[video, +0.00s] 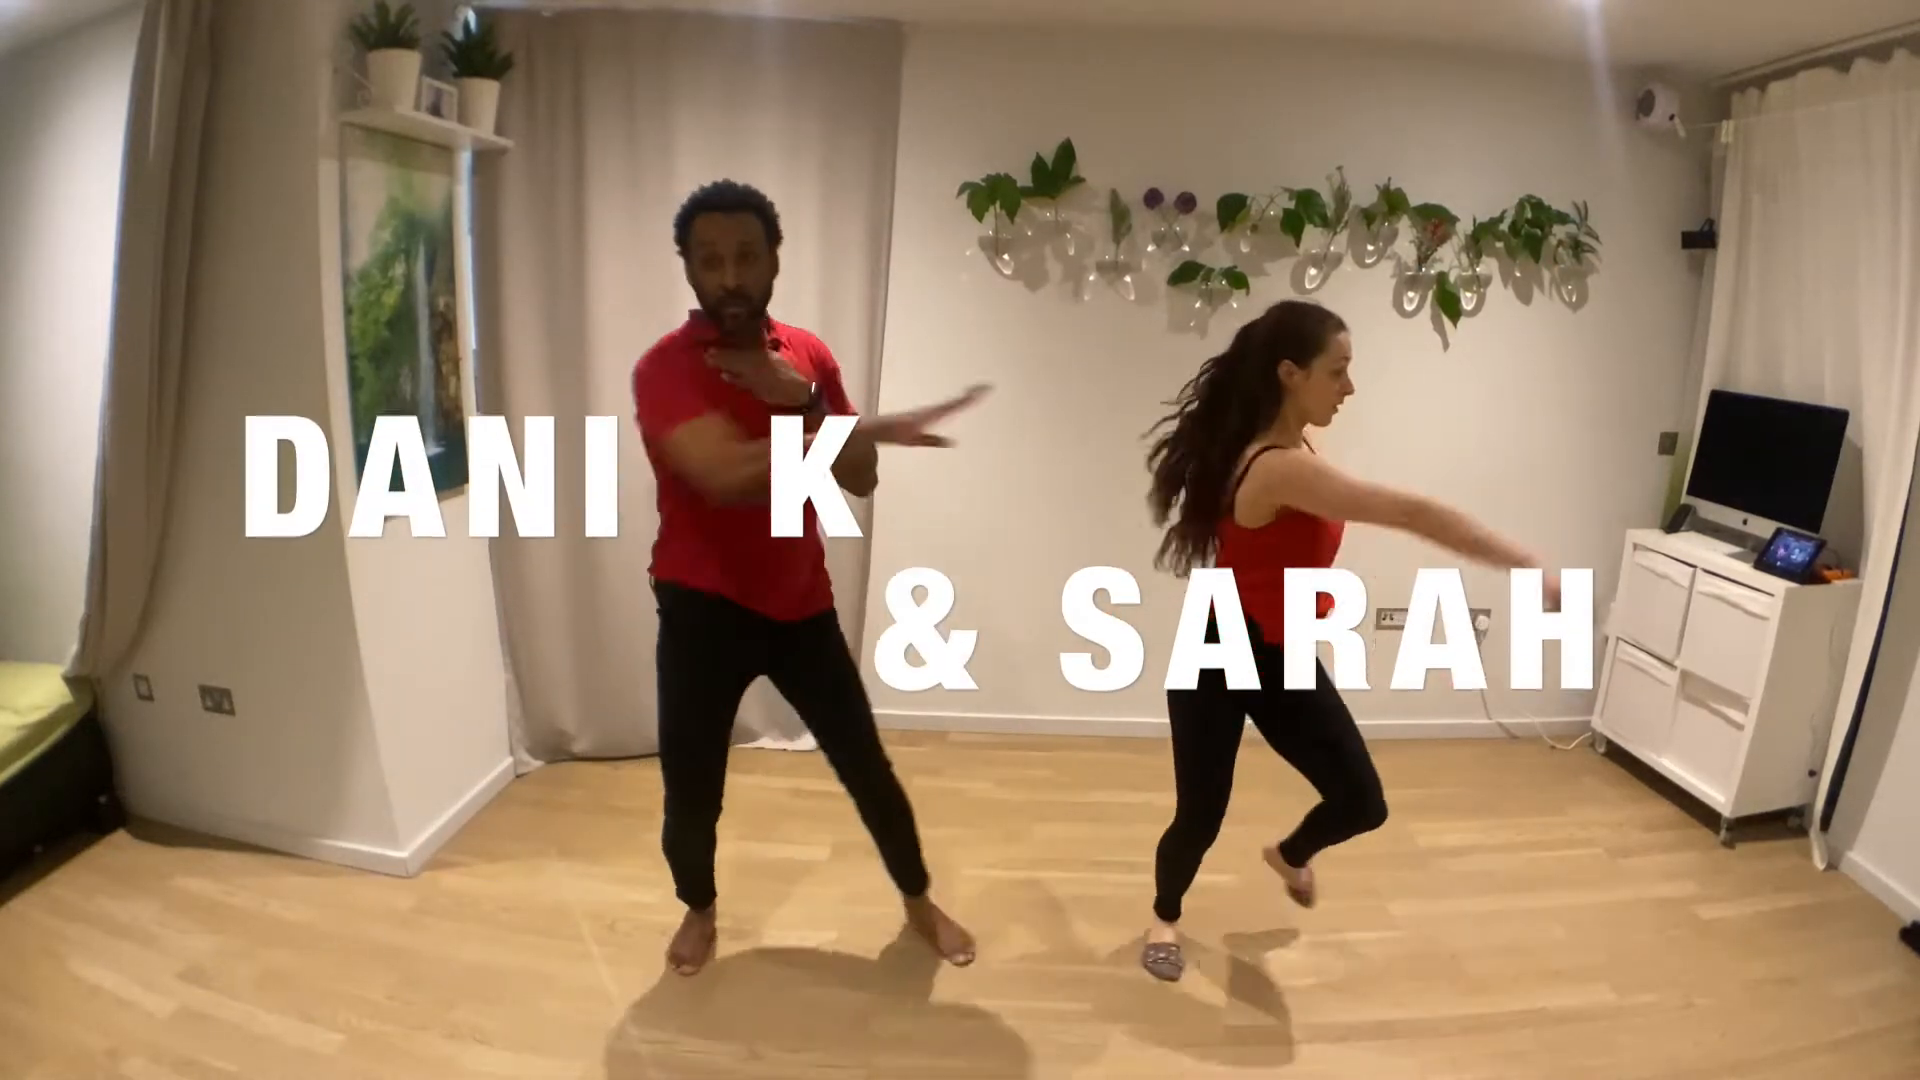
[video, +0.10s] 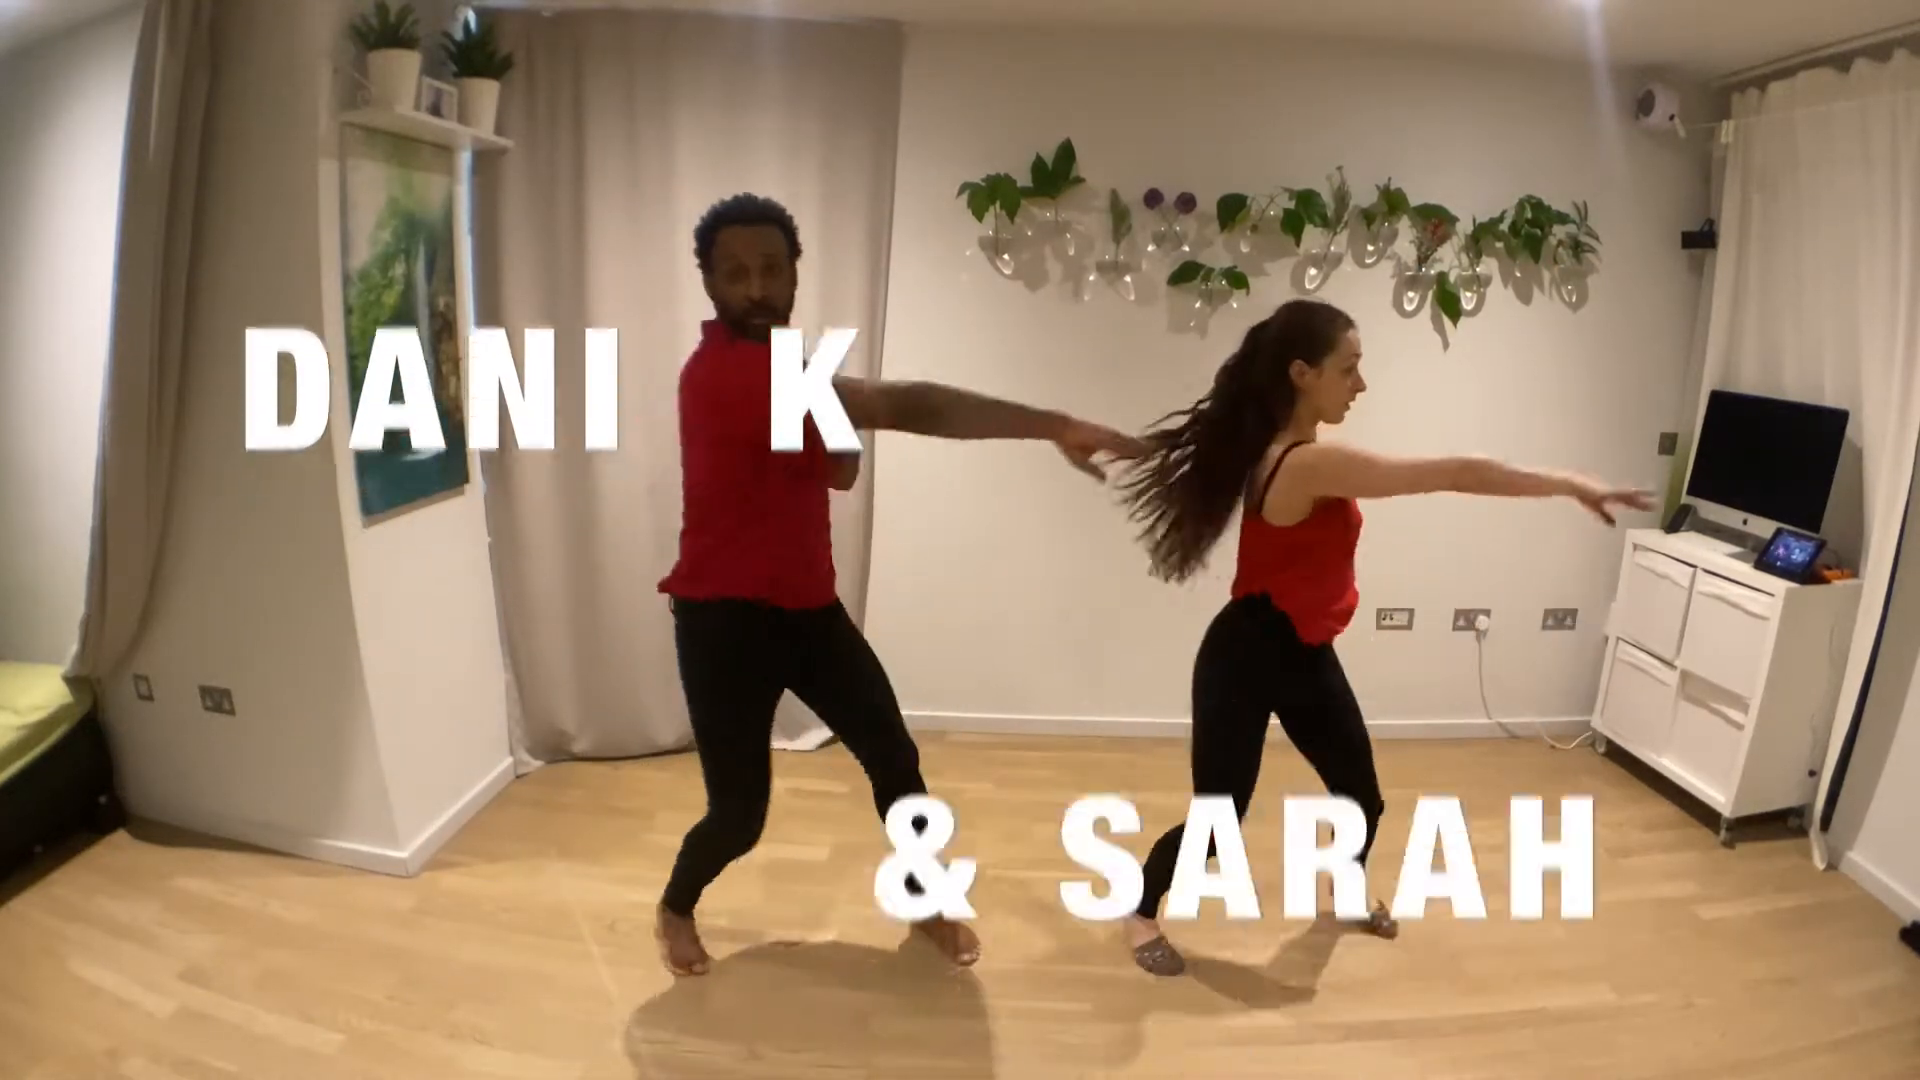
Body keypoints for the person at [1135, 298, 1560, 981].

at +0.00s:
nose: (1348, 387)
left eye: (1348, 371)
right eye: (1338, 371)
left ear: (1293, 375)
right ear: (1289, 375)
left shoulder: (1297, 446)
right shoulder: (1273, 465)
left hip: (1282, 662)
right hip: (1213, 664)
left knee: (1361, 806)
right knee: (1199, 813)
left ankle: (1288, 855)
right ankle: (1163, 921)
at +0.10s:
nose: (1362, 380)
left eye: (1359, 364)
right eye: (1349, 366)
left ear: (1302, 373)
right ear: (1301, 374)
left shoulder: (1276, 448)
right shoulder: (1307, 462)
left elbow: (1185, 461)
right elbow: (1453, 474)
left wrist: (1112, 444)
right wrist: (1571, 484)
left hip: (1304, 657)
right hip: (1247, 655)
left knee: (1360, 798)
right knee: (1219, 812)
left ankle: (1344, 894)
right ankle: (1138, 910)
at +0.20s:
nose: (1359, 391)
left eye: (1361, 376)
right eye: (1342, 378)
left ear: (1356, 380)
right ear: (1296, 390)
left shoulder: (1319, 465)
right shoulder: (1303, 481)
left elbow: (1332, 525)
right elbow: (1440, 486)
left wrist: (1375, 550)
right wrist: (1528, 463)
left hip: (1324, 662)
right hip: (1270, 665)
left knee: (1366, 790)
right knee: (1247, 841)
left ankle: (1341, 891)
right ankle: (1134, 914)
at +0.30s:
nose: (1338, 394)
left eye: (1350, 380)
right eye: (1319, 380)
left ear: (1365, 390)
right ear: (1289, 391)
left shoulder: (1352, 469)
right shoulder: (1280, 470)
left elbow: (1390, 544)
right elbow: (1414, 506)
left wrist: (1421, 567)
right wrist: (1439, 464)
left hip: (1341, 657)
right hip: (1275, 657)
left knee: (1381, 790)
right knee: (1250, 837)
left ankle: (1344, 891)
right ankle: (1138, 914)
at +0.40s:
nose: (1339, 385)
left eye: (1353, 372)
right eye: (1323, 371)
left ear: (1369, 384)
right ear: (1296, 381)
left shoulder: (1378, 470)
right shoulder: (1253, 445)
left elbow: (1463, 531)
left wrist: (1481, 580)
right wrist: (1356, 471)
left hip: (1339, 652)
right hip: (1262, 649)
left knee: (1382, 795)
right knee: (1214, 813)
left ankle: (1355, 883)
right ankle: (1136, 914)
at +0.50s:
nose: (1340, 387)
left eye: (1355, 373)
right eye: (1325, 371)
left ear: (1370, 384)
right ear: (1296, 380)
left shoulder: (1383, 476)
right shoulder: (1261, 451)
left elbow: (1484, 533)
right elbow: (1160, 432)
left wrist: (1574, 591)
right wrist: (1255, 447)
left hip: (1319, 657)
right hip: (1239, 650)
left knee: (1365, 806)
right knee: (1198, 803)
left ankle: (1365, 884)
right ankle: (1141, 918)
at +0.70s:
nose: (1333, 392)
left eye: (1346, 379)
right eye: (1318, 377)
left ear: (1360, 389)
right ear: (1288, 386)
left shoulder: (1381, 479)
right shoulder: (1255, 463)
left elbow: (1489, 511)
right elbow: (1142, 459)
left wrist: (1586, 530)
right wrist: (1235, 458)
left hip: (1301, 665)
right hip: (1225, 652)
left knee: (1360, 807)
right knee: (1195, 811)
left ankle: (1346, 895)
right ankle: (1145, 918)